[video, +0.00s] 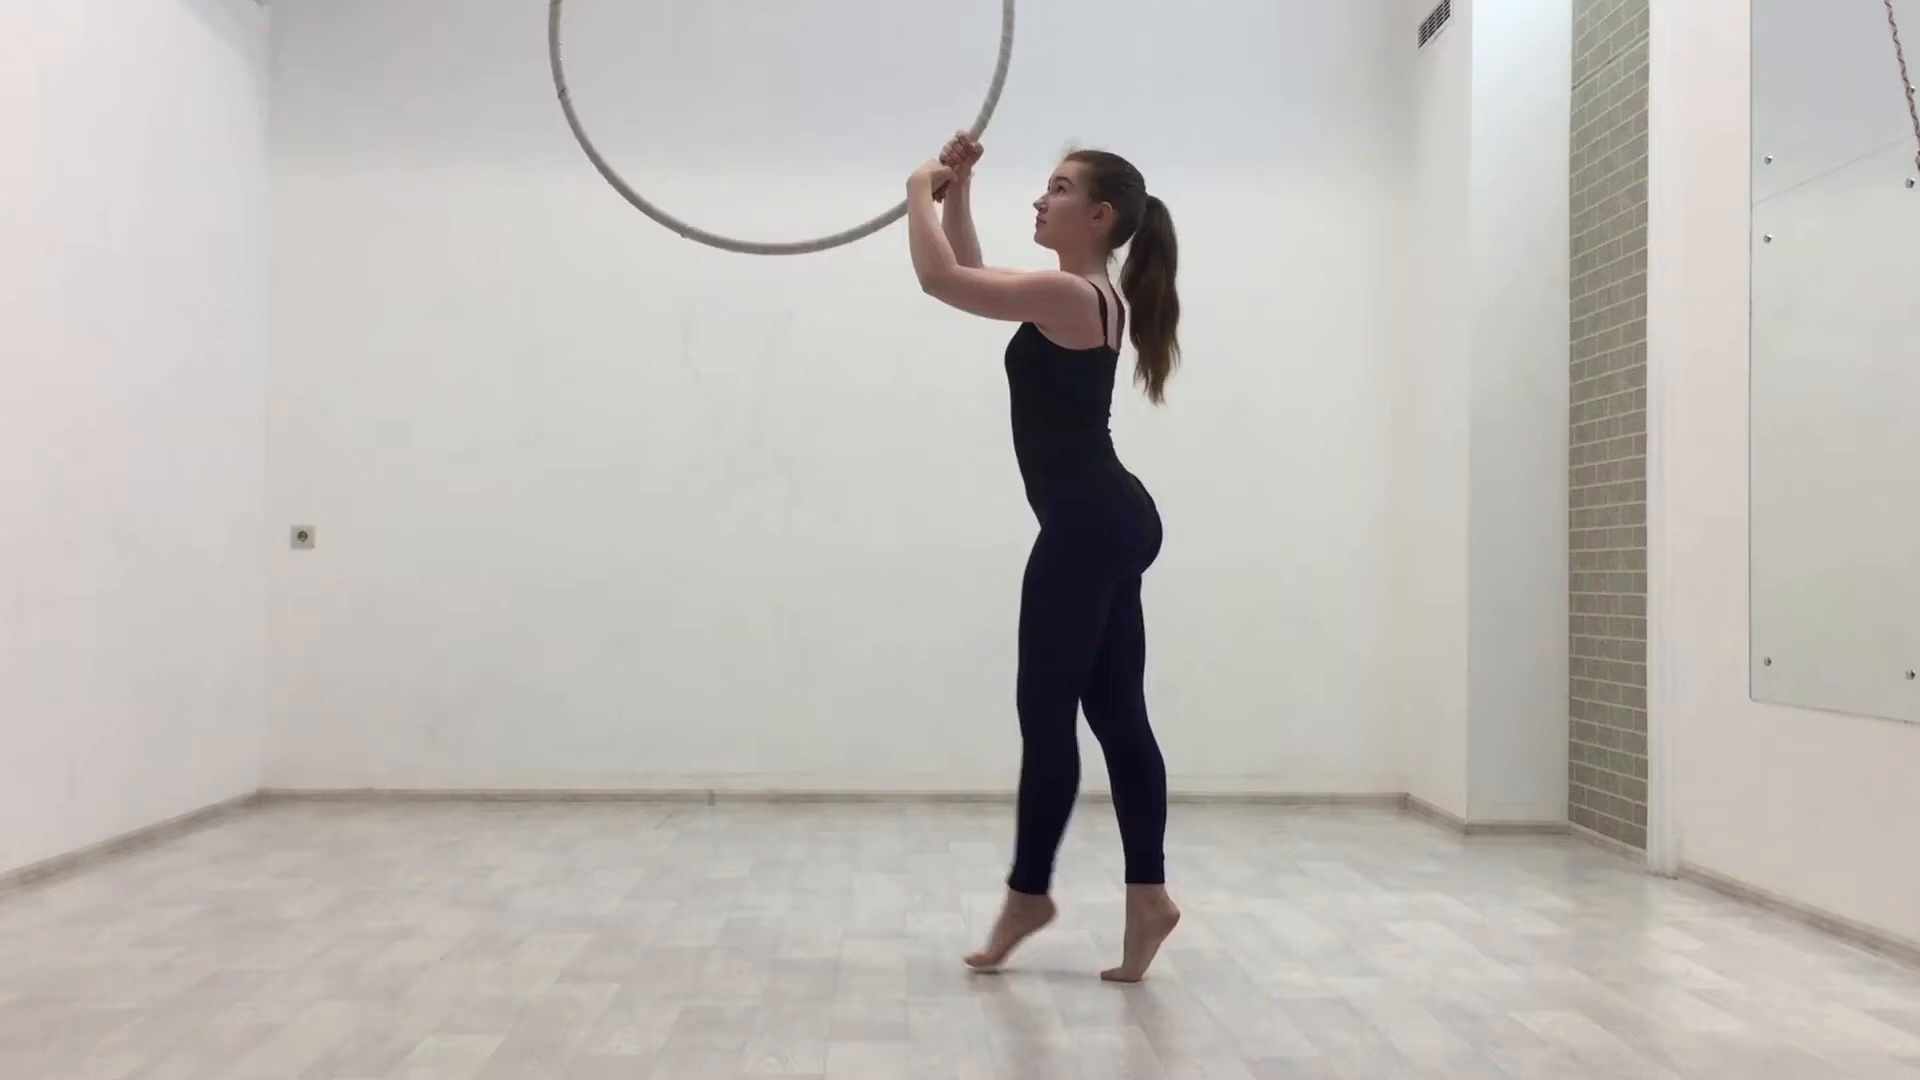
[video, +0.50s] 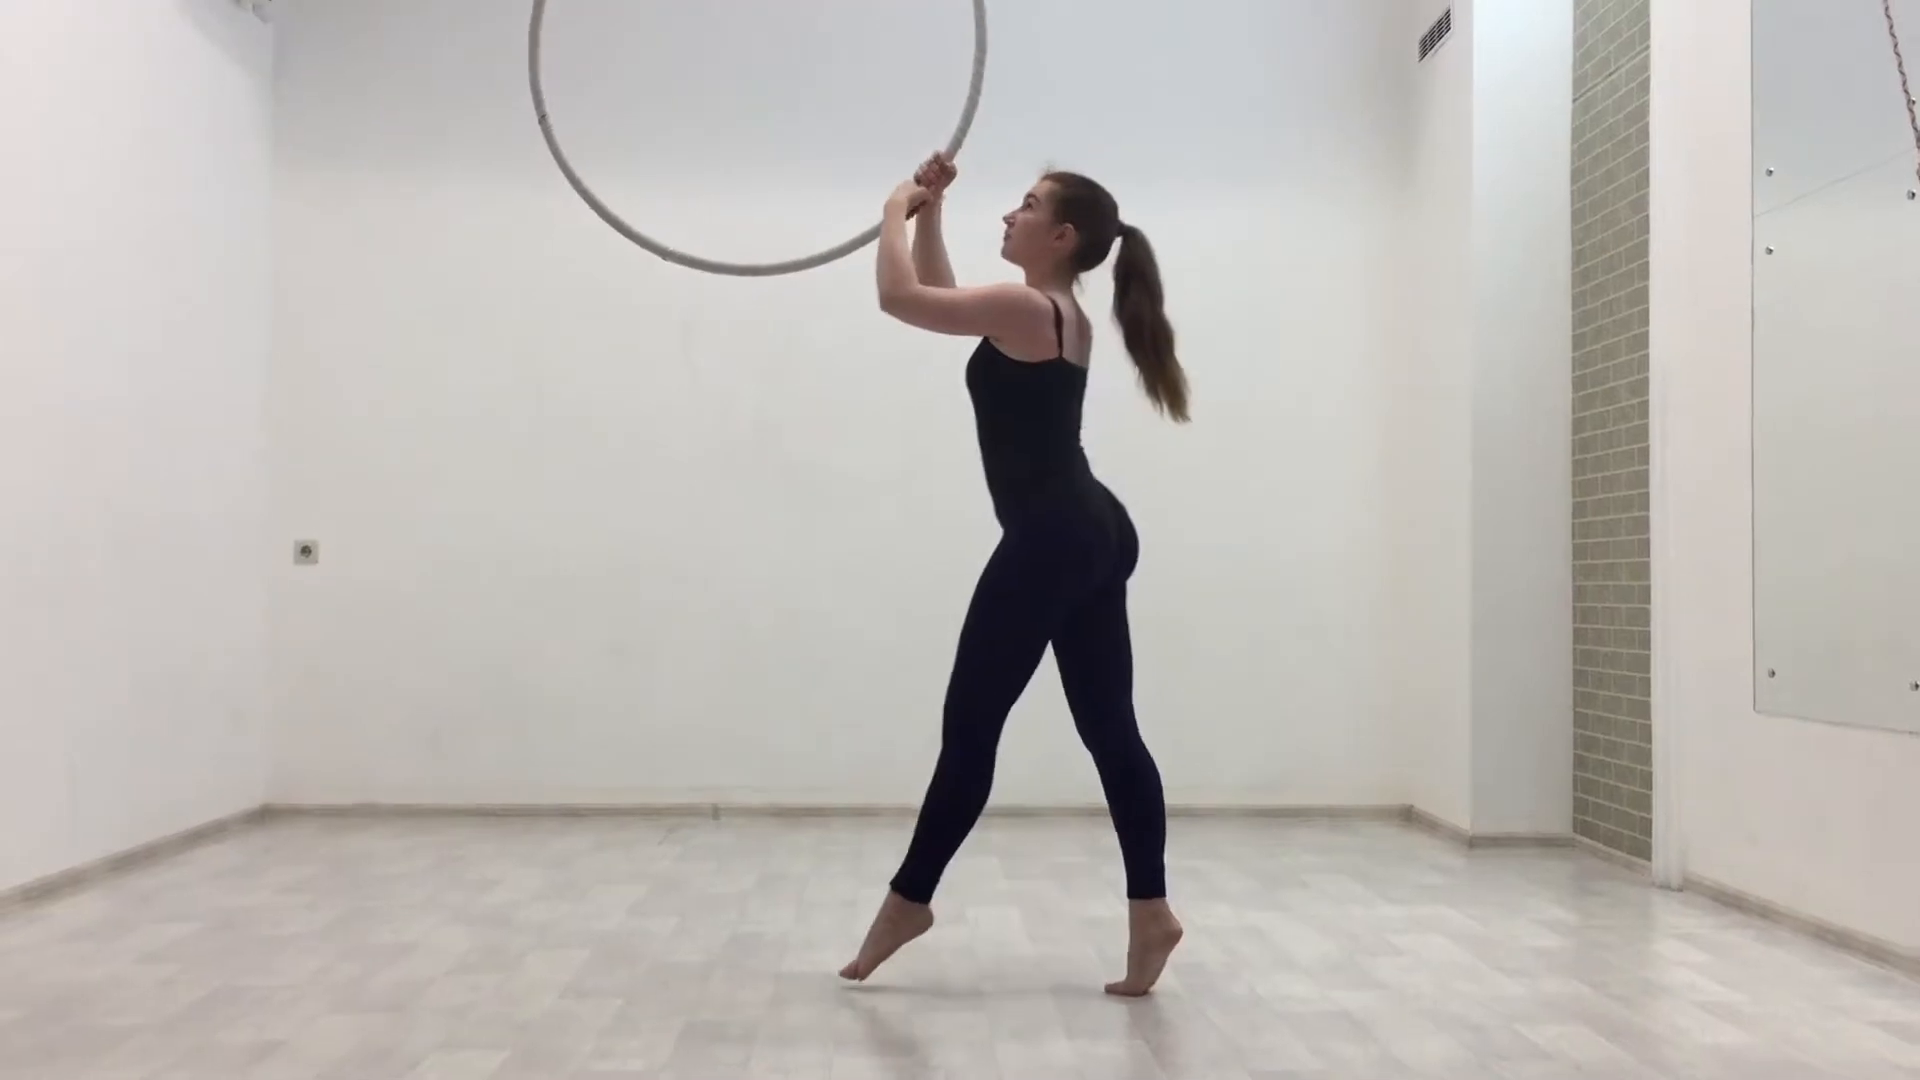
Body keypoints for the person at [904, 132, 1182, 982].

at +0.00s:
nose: (1041, 199)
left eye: (1060, 190)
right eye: (1048, 186)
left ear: (1102, 216)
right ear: (1095, 219)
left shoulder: (1063, 296)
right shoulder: (1095, 298)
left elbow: (939, 279)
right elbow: (971, 276)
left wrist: (920, 194)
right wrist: (959, 190)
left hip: (1079, 532)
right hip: (1115, 521)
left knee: (1042, 713)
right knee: (1120, 715)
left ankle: (1028, 892)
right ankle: (1148, 897)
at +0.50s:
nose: (1010, 215)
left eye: (1028, 208)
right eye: (1019, 203)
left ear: (1063, 237)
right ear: (1066, 242)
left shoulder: (1018, 308)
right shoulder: (1069, 316)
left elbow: (900, 298)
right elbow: (942, 294)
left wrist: (895, 214)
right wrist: (932, 207)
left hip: (1042, 546)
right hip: (1096, 535)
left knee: (970, 724)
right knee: (1112, 729)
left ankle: (908, 900)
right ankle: (1151, 909)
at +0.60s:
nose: (993, 222)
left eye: (1012, 216)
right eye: (1004, 210)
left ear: (1043, 247)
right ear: (1047, 252)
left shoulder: (1001, 315)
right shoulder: (1046, 323)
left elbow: (880, 304)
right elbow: (923, 299)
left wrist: (884, 219)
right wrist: (913, 211)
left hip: (1024, 553)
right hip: (1074, 544)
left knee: (957, 735)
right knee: (1102, 735)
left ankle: (896, 914)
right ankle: (1152, 914)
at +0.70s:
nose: (982, 228)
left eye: (999, 222)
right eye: (992, 217)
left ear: (1032, 256)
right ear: (1034, 259)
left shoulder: (987, 321)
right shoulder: (1028, 329)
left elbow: (867, 308)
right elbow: (910, 306)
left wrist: (873, 223)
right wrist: (902, 218)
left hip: (1011, 559)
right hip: (1057, 551)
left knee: (945, 741)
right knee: (1093, 738)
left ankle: (886, 923)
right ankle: (1152, 916)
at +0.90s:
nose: (963, 244)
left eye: (982, 243)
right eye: (974, 235)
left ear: (1009, 281)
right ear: (1002, 281)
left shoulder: (974, 344)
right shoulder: (960, 337)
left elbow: (851, 315)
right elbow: (846, 315)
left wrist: (853, 229)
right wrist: (870, 225)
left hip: (965, 579)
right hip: (965, 571)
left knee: (909, 754)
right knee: (1000, 757)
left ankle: (895, 950)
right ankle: (1119, 898)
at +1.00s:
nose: (974, 247)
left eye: (996, 248)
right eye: (983, 239)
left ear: (1020, 289)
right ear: (998, 281)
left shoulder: (988, 349)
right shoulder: (939, 342)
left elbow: (879, 333)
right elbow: (836, 319)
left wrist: (858, 241)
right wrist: (868, 235)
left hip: (961, 572)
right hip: (909, 570)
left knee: (923, 761)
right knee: (880, 758)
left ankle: (908, 956)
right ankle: (1005, 887)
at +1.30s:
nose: (994, 296)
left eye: (1013, 296)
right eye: (994, 293)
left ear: (1041, 332)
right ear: (983, 308)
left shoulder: (1036, 370)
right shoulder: (936, 366)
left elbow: (998, 360)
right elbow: (895, 339)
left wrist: (962, 265)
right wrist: (940, 268)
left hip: (919, 521)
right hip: (849, 496)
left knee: (876, 565)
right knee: (749, 358)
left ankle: (821, 738)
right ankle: (583, 343)